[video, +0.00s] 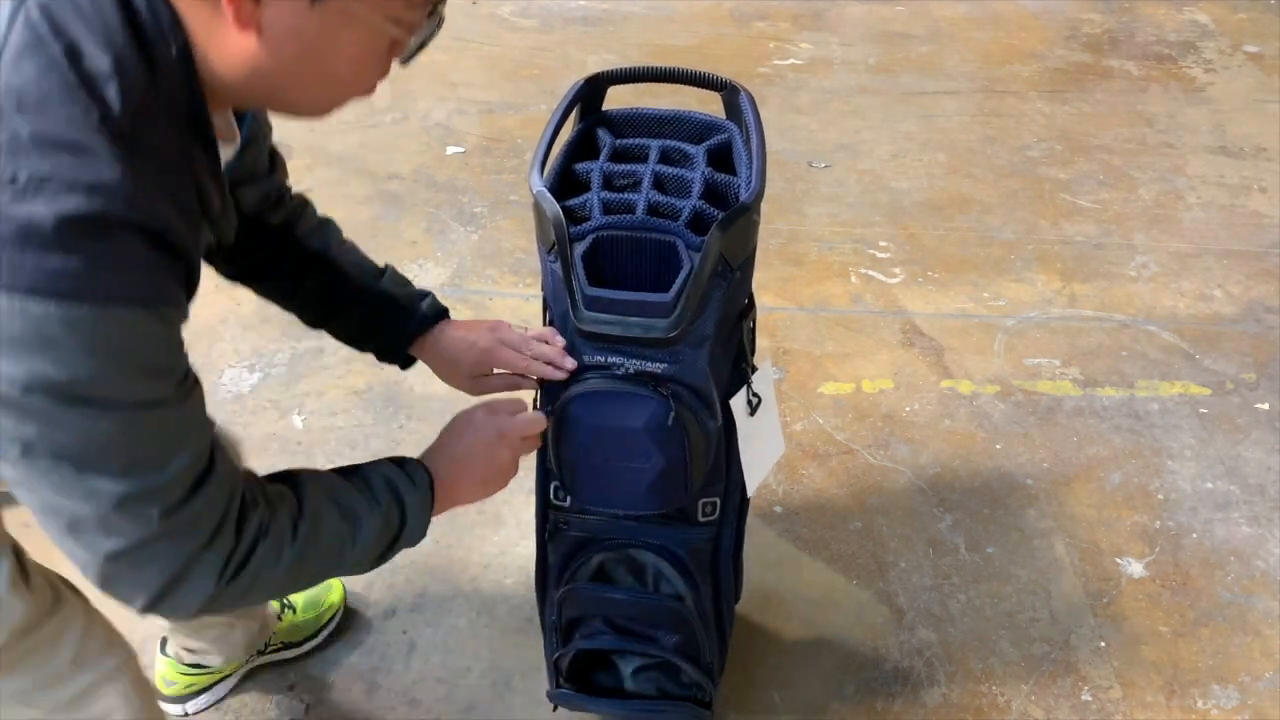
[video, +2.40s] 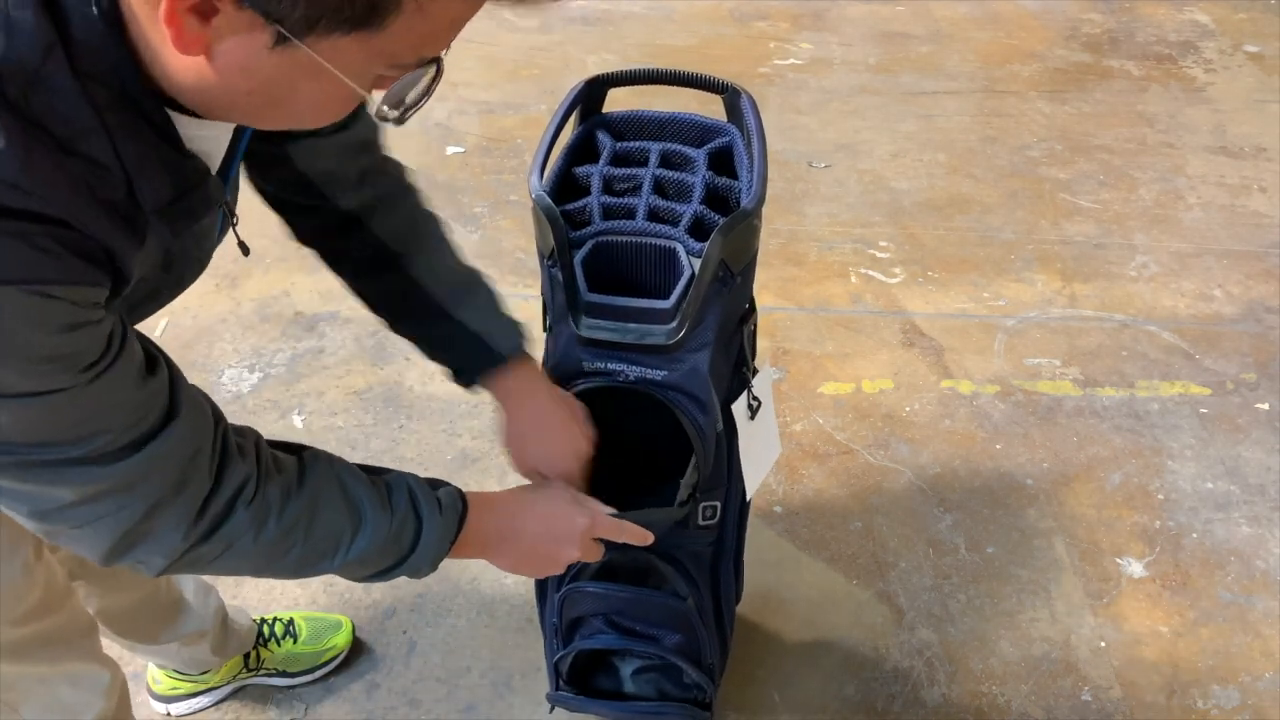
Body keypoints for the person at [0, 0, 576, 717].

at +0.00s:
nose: (393, 71)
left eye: (409, 44)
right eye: (397, 38)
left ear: (246, 6)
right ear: (250, 6)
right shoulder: (61, 211)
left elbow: (253, 216)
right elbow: (176, 550)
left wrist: (428, 333)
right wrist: (430, 483)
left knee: (187, 473)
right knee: (91, 694)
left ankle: (224, 639)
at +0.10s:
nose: (390, 8)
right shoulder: (62, 139)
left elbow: (263, 170)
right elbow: (202, 471)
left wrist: (422, 310)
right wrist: (444, 514)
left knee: (116, 482)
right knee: (43, 682)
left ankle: (212, 650)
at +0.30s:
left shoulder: (226, 10)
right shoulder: (52, 109)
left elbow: (264, 143)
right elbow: (200, 418)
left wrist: (425, 310)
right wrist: (487, 455)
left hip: (17, 327)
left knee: (93, 487)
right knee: (39, 656)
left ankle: (206, 650)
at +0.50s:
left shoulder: (192, 23)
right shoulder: (72, 119)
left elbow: (272, 202)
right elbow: (315, 450)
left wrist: (465, 337)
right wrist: (584, 420)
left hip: (15, 373)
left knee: (82, 533)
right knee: (42, 668)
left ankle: (198, 653)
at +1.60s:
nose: (463, 41)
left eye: (486, 24)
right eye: (484, 16)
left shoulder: (261, 21)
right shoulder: (120, 146)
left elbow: (334, 147)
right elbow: (218, 501)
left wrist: (468, 316)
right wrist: (511, 492)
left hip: (26, 388)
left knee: (103, 528)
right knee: (61, 661)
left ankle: (202, 654)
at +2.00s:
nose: (408, 82)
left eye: (426, 56)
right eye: (398, 57)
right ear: (238, 13)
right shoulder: (32, 223)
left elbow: (373, 149)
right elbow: (201, 480)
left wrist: (523, 364)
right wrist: (479, 518)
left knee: (83, 513)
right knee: (39, 622)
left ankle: (200, 653)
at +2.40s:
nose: (382, 104)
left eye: (406, 77)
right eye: (383, 76)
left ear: (194, 17)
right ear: (198, 23)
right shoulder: (19, 256)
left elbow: (347, 189)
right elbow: (178, 498)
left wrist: (515, 380)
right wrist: (472, 524)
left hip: (45, 361)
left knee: (97, 518)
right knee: (37, 628)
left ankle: (199, 654)